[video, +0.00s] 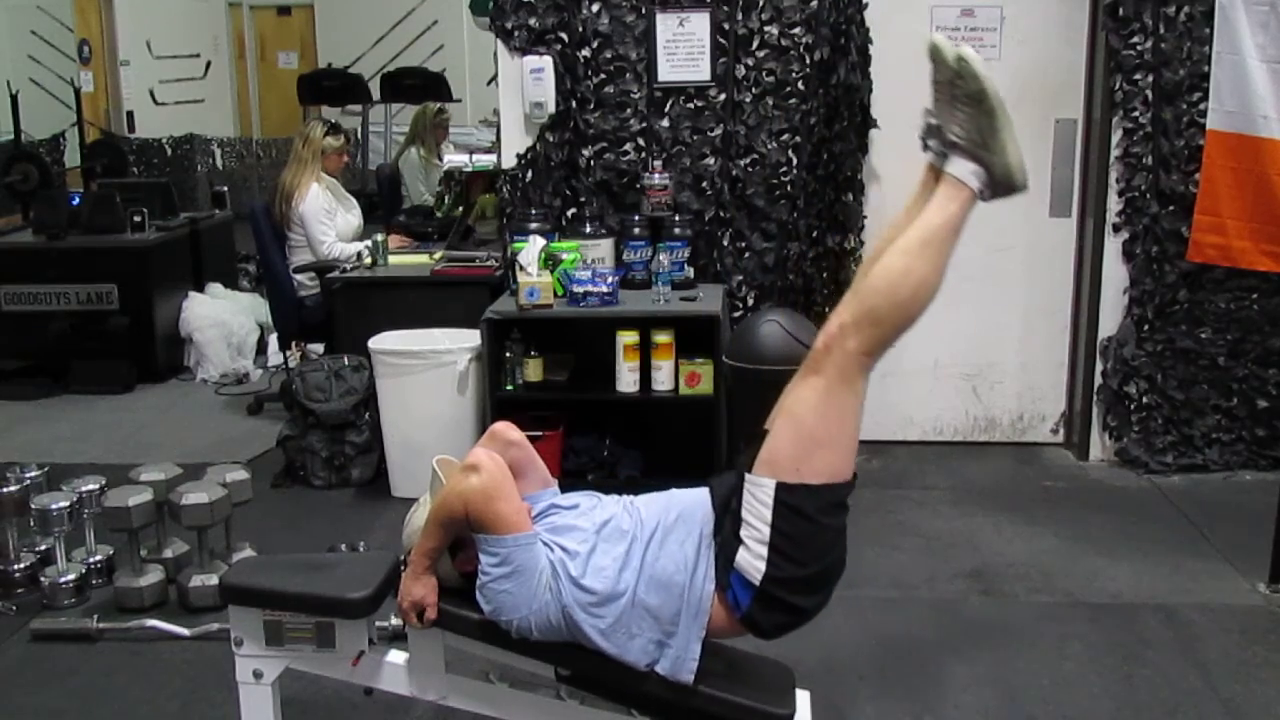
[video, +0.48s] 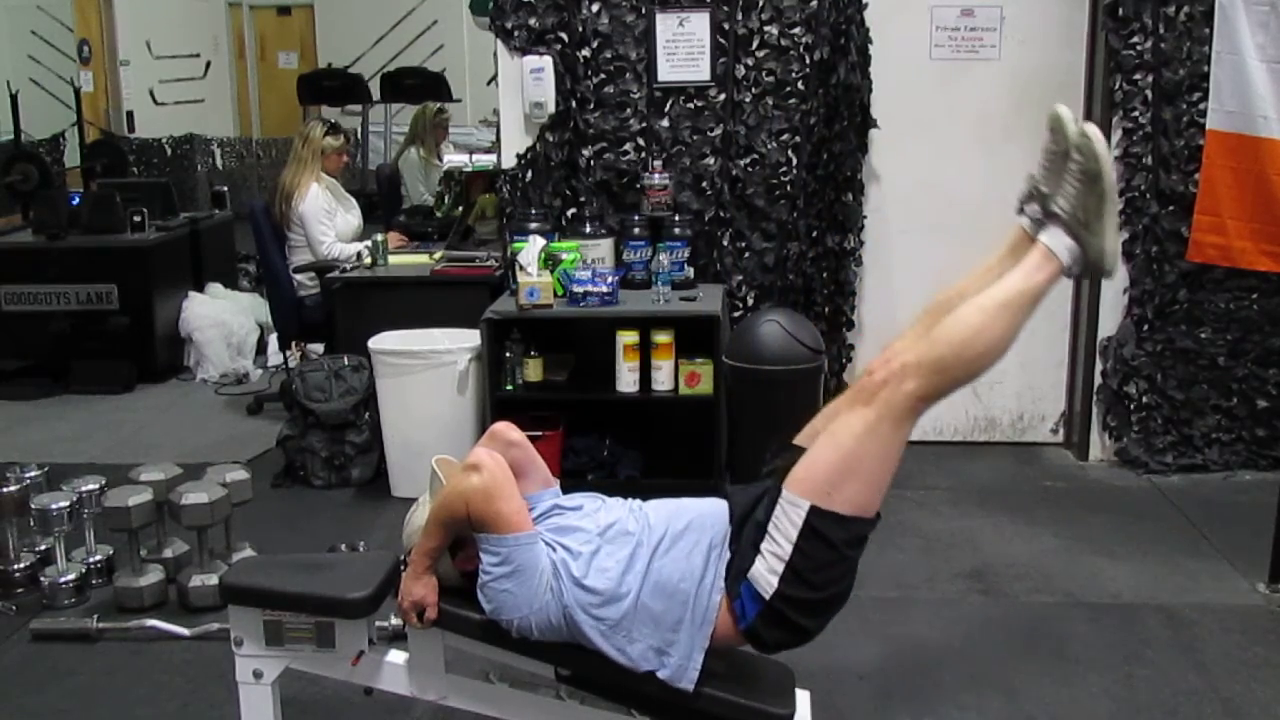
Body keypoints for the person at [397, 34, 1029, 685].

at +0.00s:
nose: (500, 481)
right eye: (480, 481)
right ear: (477, 520)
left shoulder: (554, 529)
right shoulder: (519, 580)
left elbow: (502, 441)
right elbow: (471, 480)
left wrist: (448, 525)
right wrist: (422, 562)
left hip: (747, 541)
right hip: (755, 569)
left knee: (839, 344)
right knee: (840, 349)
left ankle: (951, 167)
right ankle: (964, 170)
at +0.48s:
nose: (510, 462)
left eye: (516, 454)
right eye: (494, 464)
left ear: (524, 480)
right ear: (480, 502)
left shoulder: (555, 524)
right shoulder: (514, 578)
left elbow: (506, 436)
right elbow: (466, 475)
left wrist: (448, 509)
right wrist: (422, 559)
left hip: (746, 530)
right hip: (759, 587)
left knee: (887, 375)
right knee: (891, 386)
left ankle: (1040, 230)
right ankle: (1060, 246)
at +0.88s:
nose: (518, 457)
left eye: (520, 451)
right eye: (500, 458)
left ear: (523, 478)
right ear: (482, 499)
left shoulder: (555, 522)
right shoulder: (513, 580)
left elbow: (513, 440)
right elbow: (471, 473)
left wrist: (445, 518)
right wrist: (423, 558)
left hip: (751, 538)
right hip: (754, 599)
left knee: (921, 405)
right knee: (925, 416)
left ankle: (1106, 306)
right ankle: (1124, 323)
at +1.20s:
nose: (518, 462)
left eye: (520, 457)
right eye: (503, 464)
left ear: (519, 485)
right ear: (487, 504)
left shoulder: (560, 522)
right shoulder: (516, 582)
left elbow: (516, 441)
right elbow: (471, 469)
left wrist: (452, 516)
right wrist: (422, 559)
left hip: (761, 558)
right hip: (759, 610)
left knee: (915, 404)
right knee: (913, 418)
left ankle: (1119, 426)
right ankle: (1121, 447)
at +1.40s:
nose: (515, 465)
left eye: (518, 457)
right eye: (497, 469)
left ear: (512, 494)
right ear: (482, 508)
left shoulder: (560, 521)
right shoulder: (520, 582)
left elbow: (510, 434)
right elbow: (473, 475)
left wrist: (454, 515)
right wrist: (423, 558)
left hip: (761, 567)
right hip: (763, 618)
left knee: (871, 396)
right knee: (861, 403)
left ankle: (1029, 513)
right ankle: (1027, 519)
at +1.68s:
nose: (497, 491)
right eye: (485, 490)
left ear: (504, 509)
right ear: (483, 549)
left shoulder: (560, 521)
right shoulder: (521, 585)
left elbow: (507, 434)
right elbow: (475, 475)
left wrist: (453, 518)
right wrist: (423, 561)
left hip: (766, 583)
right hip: (762, 627)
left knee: (751, 375)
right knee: (743, 404)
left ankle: (918, 497)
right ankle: (924, 503)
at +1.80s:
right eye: (477, 497)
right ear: (476, 558)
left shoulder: (552, 516)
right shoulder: (519, 593)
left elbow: (507, 437)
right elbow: (475, 475)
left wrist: (465, 526)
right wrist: (423, 563)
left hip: (769, 572)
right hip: (759, 622)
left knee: (677, 390)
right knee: (667, 422)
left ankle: (866, 427)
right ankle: (867, 447)